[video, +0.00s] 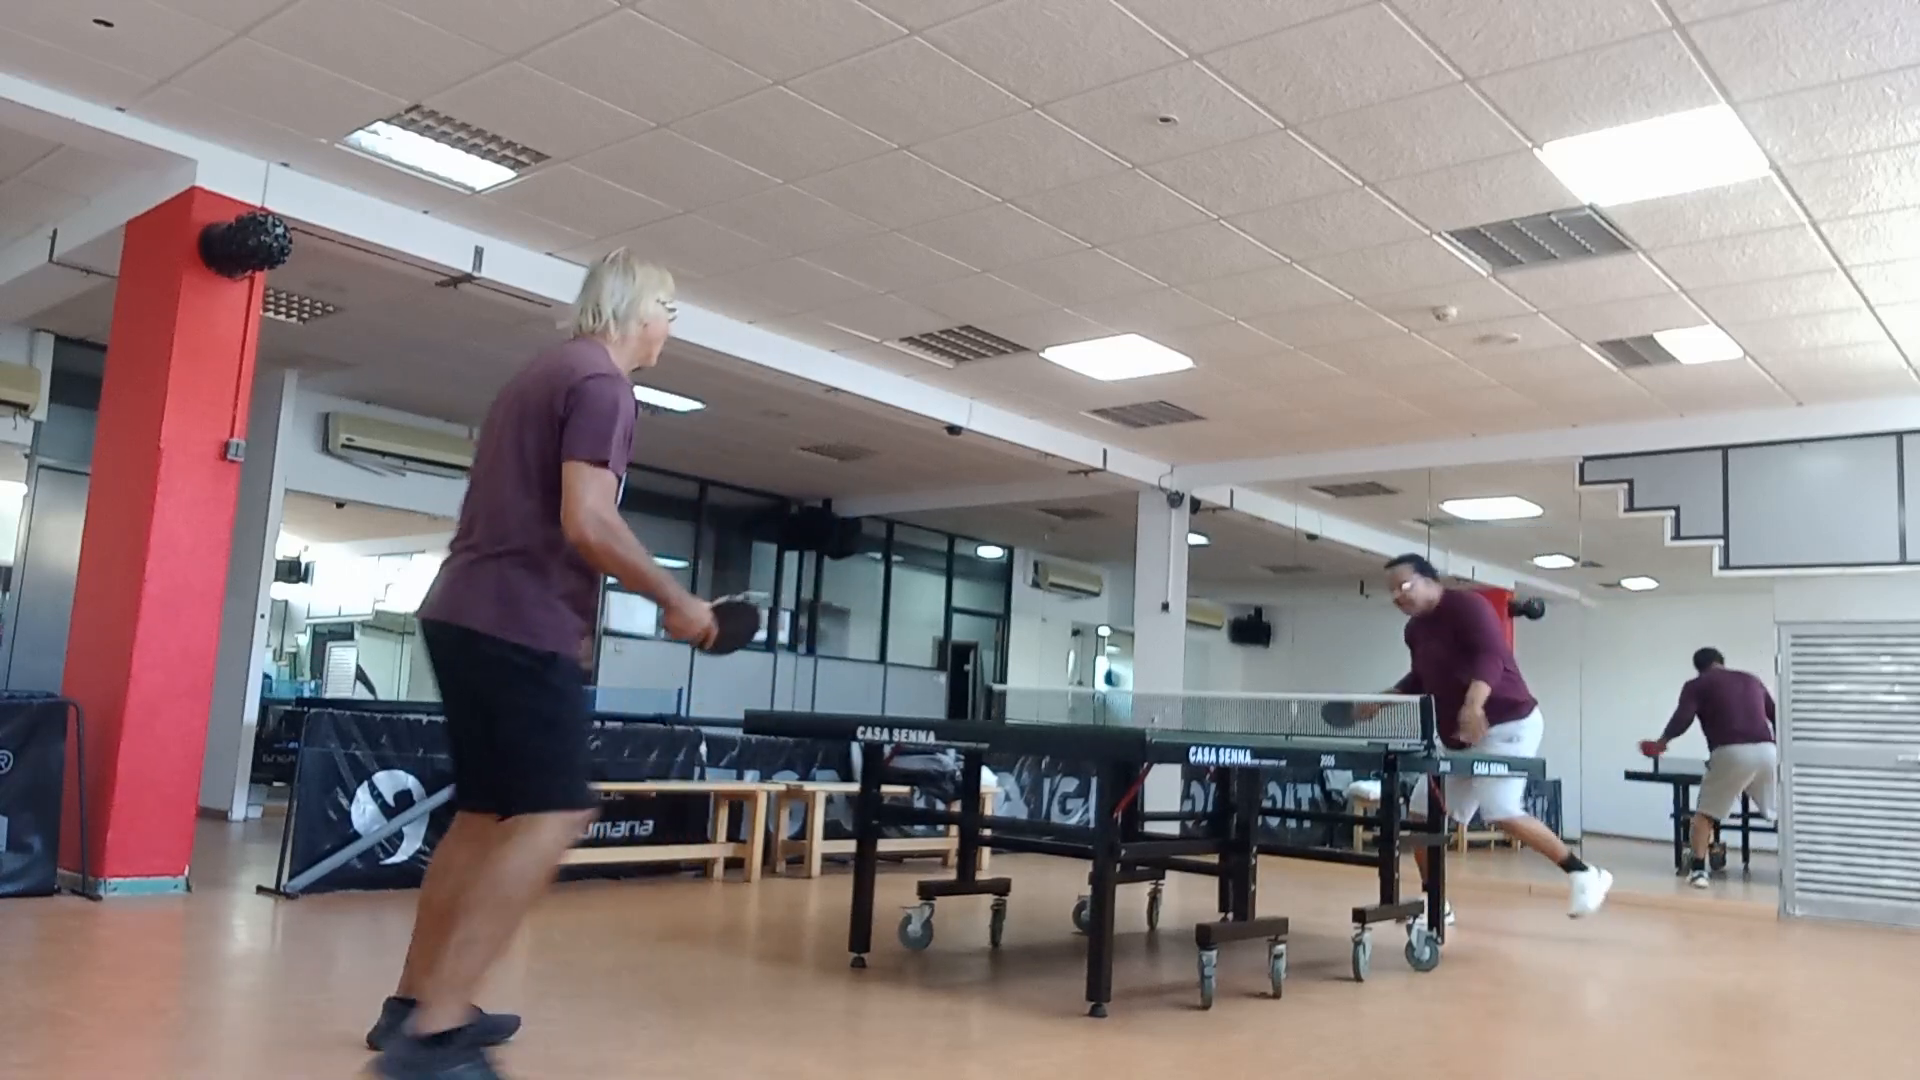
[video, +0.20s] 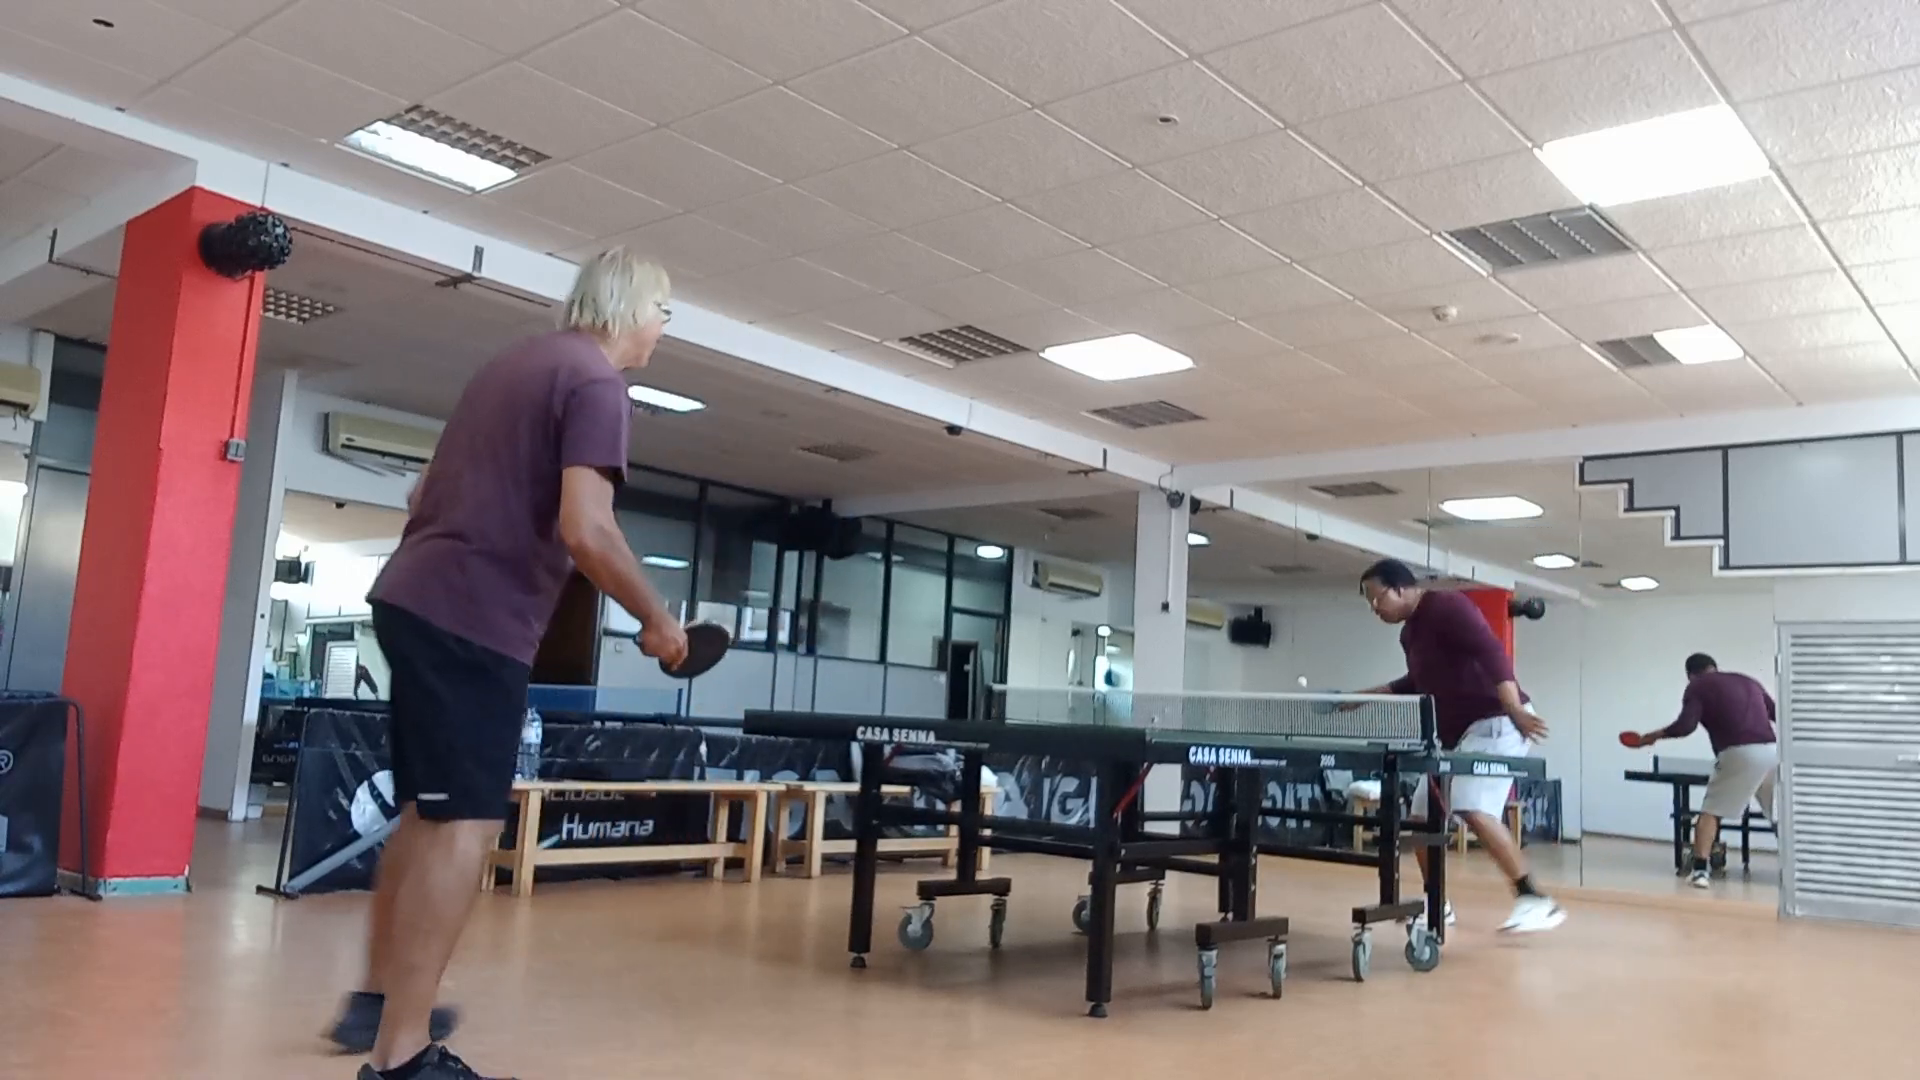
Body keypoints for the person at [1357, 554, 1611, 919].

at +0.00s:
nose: (1399, 596)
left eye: (1404, 586)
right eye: (1393, 591)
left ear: (1428, 579)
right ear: (1394, 594)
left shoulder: (1469, 605)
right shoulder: (1415, 630)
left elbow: (1491, 655)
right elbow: (1423, 678)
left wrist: (1472, 704)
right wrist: (1381, 702)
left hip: (1511, 724)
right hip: (1462, 738)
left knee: (1501, 809)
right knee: (1421, 819)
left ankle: (1583, 874)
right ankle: (1436, 905)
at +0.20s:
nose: (1374, 610)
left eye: (1376, 600)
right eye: (1371, 603)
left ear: (1399, 589)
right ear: (1396, 594)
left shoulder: (1449, 606)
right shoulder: (1410, 633)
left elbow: (1493, 652)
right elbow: (1420, 682)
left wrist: (1514, 707)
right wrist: (1366, 696)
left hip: (1497, 723)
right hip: (1456, 734)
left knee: (1473, 805)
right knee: (1420, 821)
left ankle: (1534, 898)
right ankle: (1437, 908)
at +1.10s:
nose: (1399, 569)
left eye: (1407, 560)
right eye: (1392, 562)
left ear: (1427, 562)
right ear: (1385, 568)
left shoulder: (1466, 597)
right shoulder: (1377, 607)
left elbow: (1511, 643)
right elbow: (1351, 656)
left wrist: (1540, 696)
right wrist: (1335, 695)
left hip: (1467, 722)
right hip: (1409, 728)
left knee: (1493, 812)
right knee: (1381, 811)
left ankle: (1543, 906)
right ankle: (1383, 894)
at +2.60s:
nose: (1442, 560)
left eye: (1451, 553)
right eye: (1437, 555)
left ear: (1474, 559)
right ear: (1432, 563)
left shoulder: (1505, 598)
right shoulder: (1417, 602)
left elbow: (1560, 629)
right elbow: (1401, 659)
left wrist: (1620, 661)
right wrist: (1387, 706)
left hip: (1495, 730)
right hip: (1434, 732)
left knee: (1522, 823)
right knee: (1409, 827)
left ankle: (1556, 911)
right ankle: (1401, 898)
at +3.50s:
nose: (1431, 584)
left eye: (1432, 575)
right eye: (1430, 576)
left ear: (1451, 569)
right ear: (1465, 567)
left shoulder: (1470, 602)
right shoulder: (1509, 598)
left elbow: (1459, 670)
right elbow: (1523, 661)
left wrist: (1437, 715)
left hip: (1503, 717)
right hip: (1525, 711)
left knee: (1511, 819)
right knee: (1468, 808)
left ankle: (1567, 919)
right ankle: (1464, 901)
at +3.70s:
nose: (1414, 593)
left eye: (1415, 584)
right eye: (1412, 585)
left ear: (1430, 575)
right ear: (1446, 571)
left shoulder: (1445, 604)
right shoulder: (1489, 594)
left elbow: (1439, 670)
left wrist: (1425, 732)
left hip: (1489, 711)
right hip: (1519, 706)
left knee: (1497, 809)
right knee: (1464, 806)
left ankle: (1553, 903)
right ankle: (1463, 900)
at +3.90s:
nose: (1409, 597)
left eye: (1407, 588)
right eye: (1406, 590)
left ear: (1417, 578)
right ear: (1439, 573)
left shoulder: (1439, 598)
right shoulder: (1474, 592)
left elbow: (1437, 660)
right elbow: (1444, 643)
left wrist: (1423, 723)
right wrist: (1396, 635)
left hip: (1486, 704)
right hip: (1508, 700)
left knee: (1480, 803)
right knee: (1467, 805)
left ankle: (1537, 892)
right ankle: (1463, 900)